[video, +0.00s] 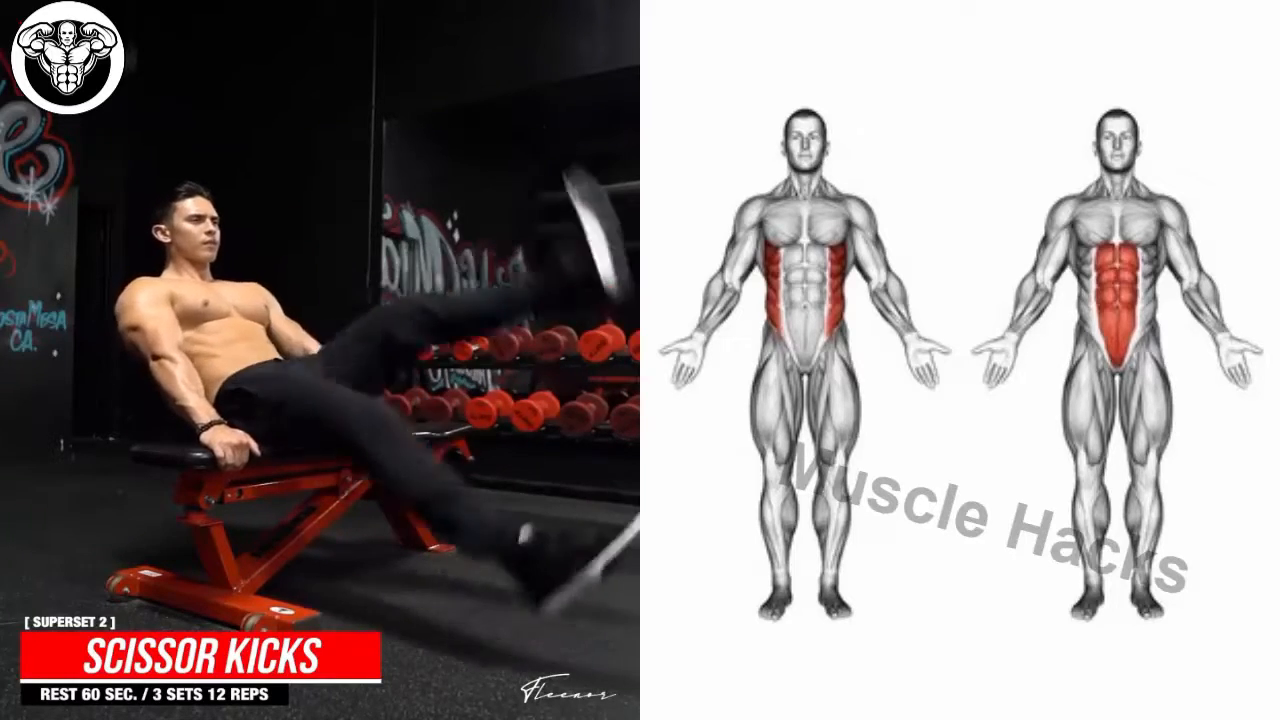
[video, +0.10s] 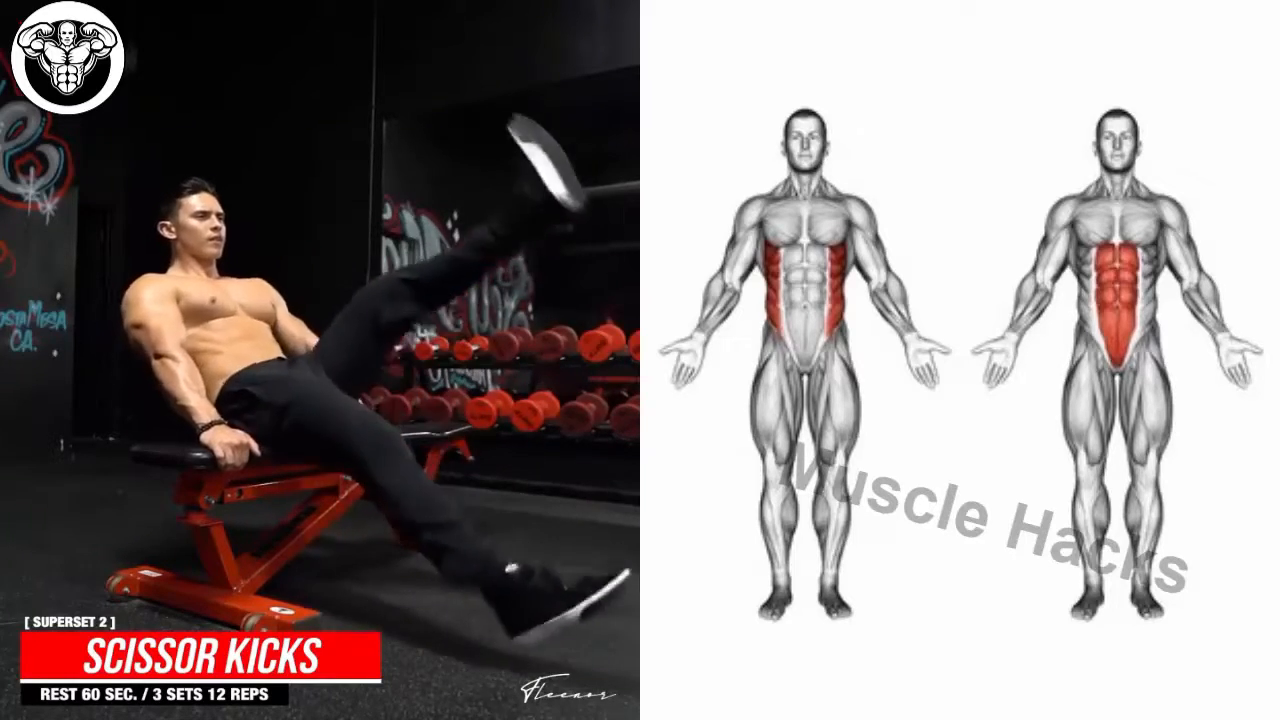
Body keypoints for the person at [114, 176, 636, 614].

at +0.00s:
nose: (209, 229)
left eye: (212, 220)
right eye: (195, 221)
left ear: (216, 230)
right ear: (164, 233)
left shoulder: (252, 295)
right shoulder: (145, 293)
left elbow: (314, 355)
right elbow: (167, 360)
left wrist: (374, 385)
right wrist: (209, 424)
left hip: (301, 379)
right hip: (245, 390)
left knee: (400, 316)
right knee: (370, 419)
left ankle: (559, 286)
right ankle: (521, 552)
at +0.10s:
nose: (215, 227)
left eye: (218, 217)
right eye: (201, 218)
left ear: (221, 226)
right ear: (169, 229)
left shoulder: (256, 289)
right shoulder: (150, 290)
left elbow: (315, 354)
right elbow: (170, 359)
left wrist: (349, 400)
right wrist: (209, 422)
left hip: (305, 377)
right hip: (255, 389)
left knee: (388, 296)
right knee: (377, 442)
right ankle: (507, 589)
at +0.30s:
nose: (226, 226)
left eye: (230, 217)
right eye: (212, 216)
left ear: (233, 226)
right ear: (180, 226)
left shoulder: (263, 287)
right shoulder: (156, 289)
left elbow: (322, 351)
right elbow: (173, 356)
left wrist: (376, 402)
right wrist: (209, 421)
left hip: (306, 378)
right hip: (251, 395)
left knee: (390, 304)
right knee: (365, 373)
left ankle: (548, 293)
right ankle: (535, 446)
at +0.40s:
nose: (227, 228)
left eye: (230, 219)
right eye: (213, 218)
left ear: (232, 228)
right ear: (180, 228)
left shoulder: (264, 288)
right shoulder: (156, 290)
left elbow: (310, 358)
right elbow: (173, 357)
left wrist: (357, 417)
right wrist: (211, 423)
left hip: (312, 402)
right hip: (251, 400)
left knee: (434, 350)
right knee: (368, 320)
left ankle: (577, 402)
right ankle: (547, 316)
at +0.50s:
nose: (226, 225)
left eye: (229, 217)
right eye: (211, 216)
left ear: (231, 227)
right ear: (178, 227)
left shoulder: (261, 288)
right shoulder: (155, 289)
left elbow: (311, 346)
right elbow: (173, 356)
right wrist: (212, 423)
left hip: (314, 402)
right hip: (252, 398)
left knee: (436, 398)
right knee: (351, 285)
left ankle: (579, 508)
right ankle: (518, 218)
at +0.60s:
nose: (224, 221)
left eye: (226, 213)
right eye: (208, 213)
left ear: (228, 227)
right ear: (174, 226)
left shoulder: (259, 286)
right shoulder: (152, 288)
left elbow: (317, 312)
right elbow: (168, 357)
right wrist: (209, 424)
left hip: (306, 392)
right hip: (248, 381)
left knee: (430, 433)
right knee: (337, 268)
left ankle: (552, 575)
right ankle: (458, 176)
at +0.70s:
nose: (218, 224)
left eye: (221, 216)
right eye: (203, 216)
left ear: (223, 229)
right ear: (169, 229)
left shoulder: (255, 286)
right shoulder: (148, 291)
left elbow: (308, 323)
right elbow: (164, 361)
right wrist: (207, 424)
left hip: (307, 395)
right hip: (244, 390)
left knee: (438, 428)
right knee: (326, 279)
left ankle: (516, 583)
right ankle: (433, 211)